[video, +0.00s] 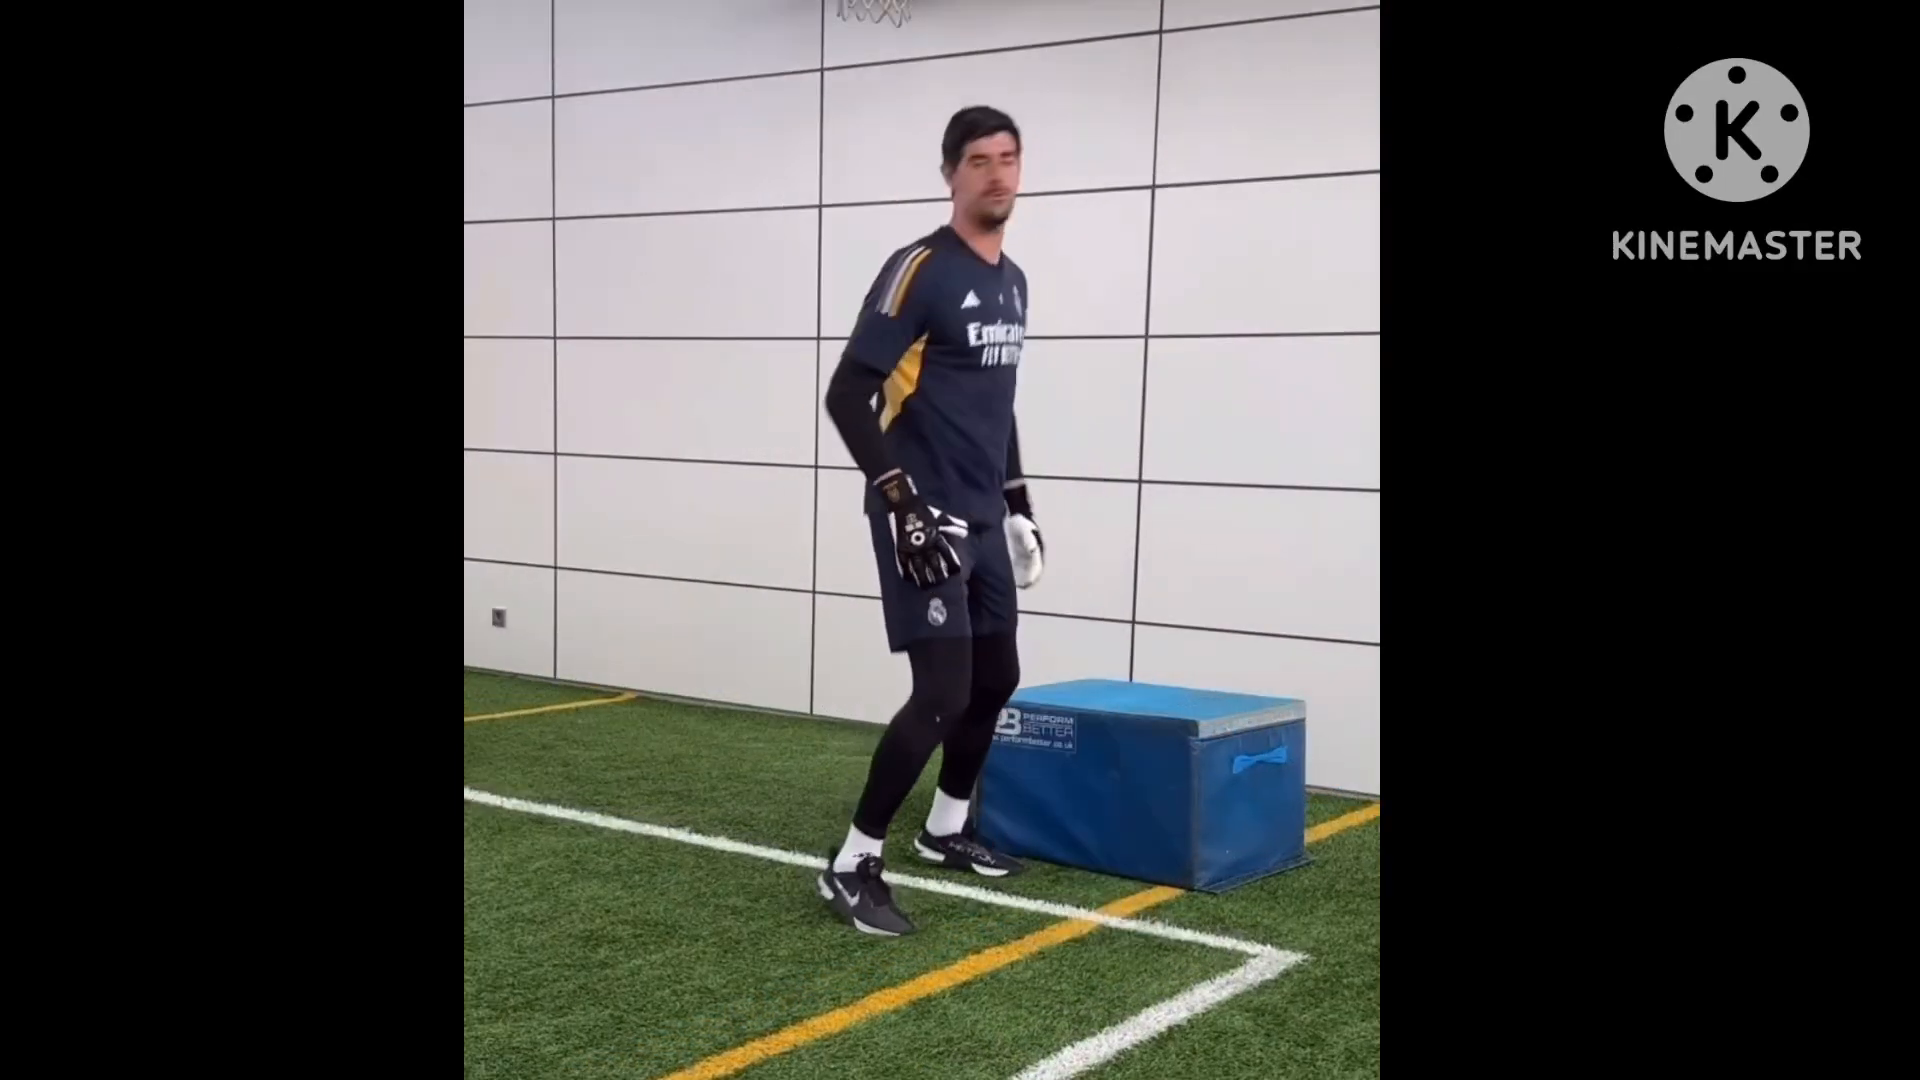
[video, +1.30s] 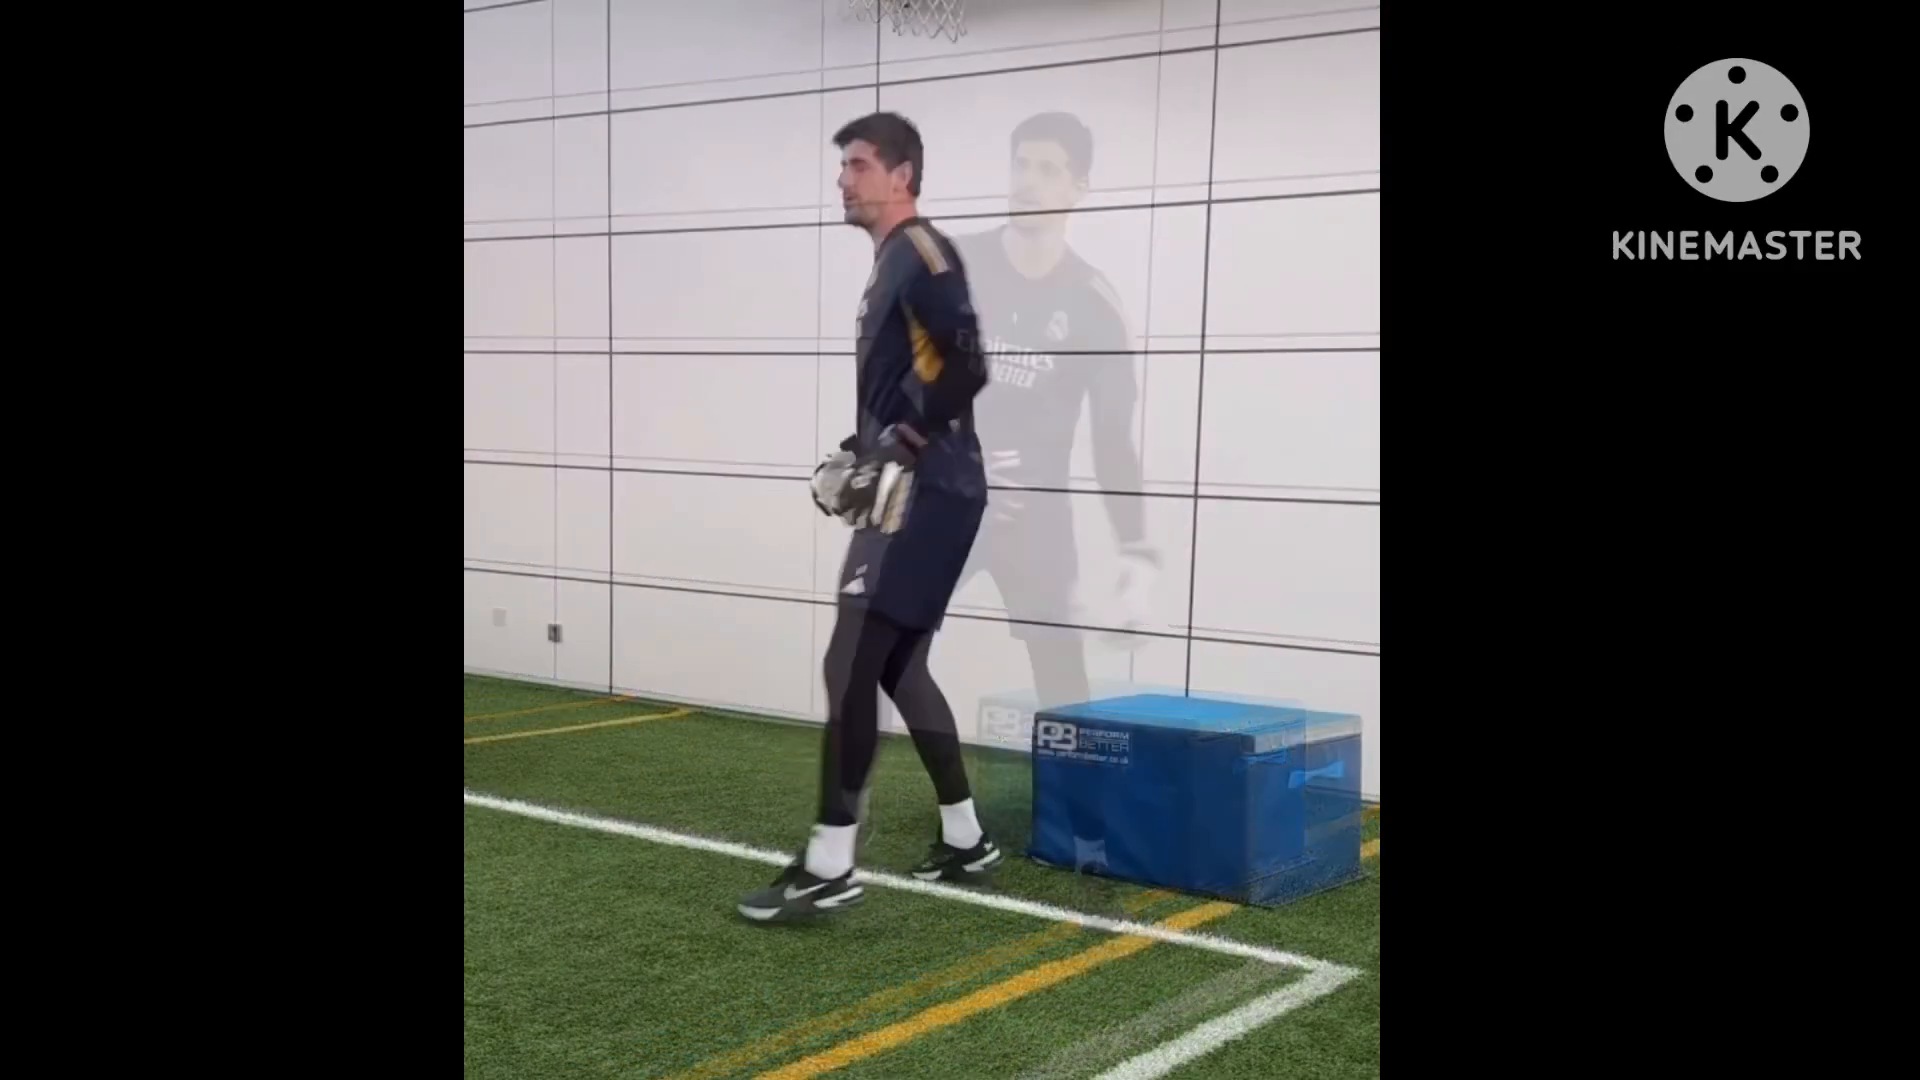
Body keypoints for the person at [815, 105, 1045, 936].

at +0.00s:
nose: (997, 174)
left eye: (1008, 160)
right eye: (979, 162)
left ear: (1022, 172)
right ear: (950, 176)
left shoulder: (1011, 282)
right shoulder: (918, 269)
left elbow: (995, 404)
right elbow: (848, 396)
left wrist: (1016, 505)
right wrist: (907, 504)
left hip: (984, 515)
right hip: (922, 514)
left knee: (995, 679)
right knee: (942, 692)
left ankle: (948, 830)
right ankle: (853, 863)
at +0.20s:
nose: (927, 146)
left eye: (942, 130)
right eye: (917, 132)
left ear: (980, 136)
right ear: (909, 144)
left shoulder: (1037, 250)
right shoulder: (881, 245)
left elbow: (1062, 361)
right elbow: (834, 365)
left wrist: (1059, 472)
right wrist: (859, 470)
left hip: (1003, 489)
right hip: (903, 489)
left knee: (1034, 663)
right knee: (876, 670)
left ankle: (1018, 815)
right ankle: (848, 846)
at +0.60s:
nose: (907, 189)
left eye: (922, 173)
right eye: (899, 175)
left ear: (961, 179)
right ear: (893, 187)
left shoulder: (1012, 276)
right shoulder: (888, 287)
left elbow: (1083, 393)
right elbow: (855, 384)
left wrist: (1008, 449)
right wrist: (821, 436)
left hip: (1000, 519)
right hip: (914, 519)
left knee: (1039, 700)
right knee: (856, 678)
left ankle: (1100, 862)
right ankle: (856, 838)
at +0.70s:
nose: (923, 191)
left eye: (937, 175)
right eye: (913, 178)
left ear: (973, 179)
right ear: (906, 189)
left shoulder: (1014, 267)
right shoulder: (891, 277)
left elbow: (1053, 357)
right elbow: (813, 355)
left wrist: (968, 333)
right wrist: (802, 335)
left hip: (1000, 518)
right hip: (915, 518)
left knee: (1041, 704)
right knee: (853, 680)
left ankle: (1102, 863)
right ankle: (855, 839)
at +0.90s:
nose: (843, 205)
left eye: (848, 191)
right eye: (846, 191)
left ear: (870, 190)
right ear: (905, 192)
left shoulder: (852, 267)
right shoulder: (943, 276)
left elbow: (837, 381)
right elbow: (972, 411)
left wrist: (792, 436)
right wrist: (924, 452)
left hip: (876, 493)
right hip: (937, 495)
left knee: (846, 655)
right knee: (907, 658)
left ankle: (852, 835)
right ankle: (957, 822)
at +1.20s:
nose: (837, 213)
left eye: (847, 201)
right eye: (840, 201)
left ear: (882, 209)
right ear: (899, 213)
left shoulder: (873, 284)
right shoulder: (944, 294)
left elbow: (876, 406)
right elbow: (961, 421)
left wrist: (828, 500)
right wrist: (876, 492)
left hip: (895, 514)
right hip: (955, 519)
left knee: (811, 688)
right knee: (912, 674)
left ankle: (816, 884)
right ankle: (974, 848)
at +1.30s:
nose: (842, 179)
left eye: (856, 167)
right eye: (842, 167)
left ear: (900, 174)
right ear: (880, 179)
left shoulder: (919, 252)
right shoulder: (895, 257)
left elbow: (969, 365)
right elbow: (907, 382)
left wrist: (902, 441)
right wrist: (856, 450)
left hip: (923, 491)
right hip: (924, 488)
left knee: (849, 663)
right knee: (901, 664)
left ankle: (830, 864)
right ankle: (965, 837)